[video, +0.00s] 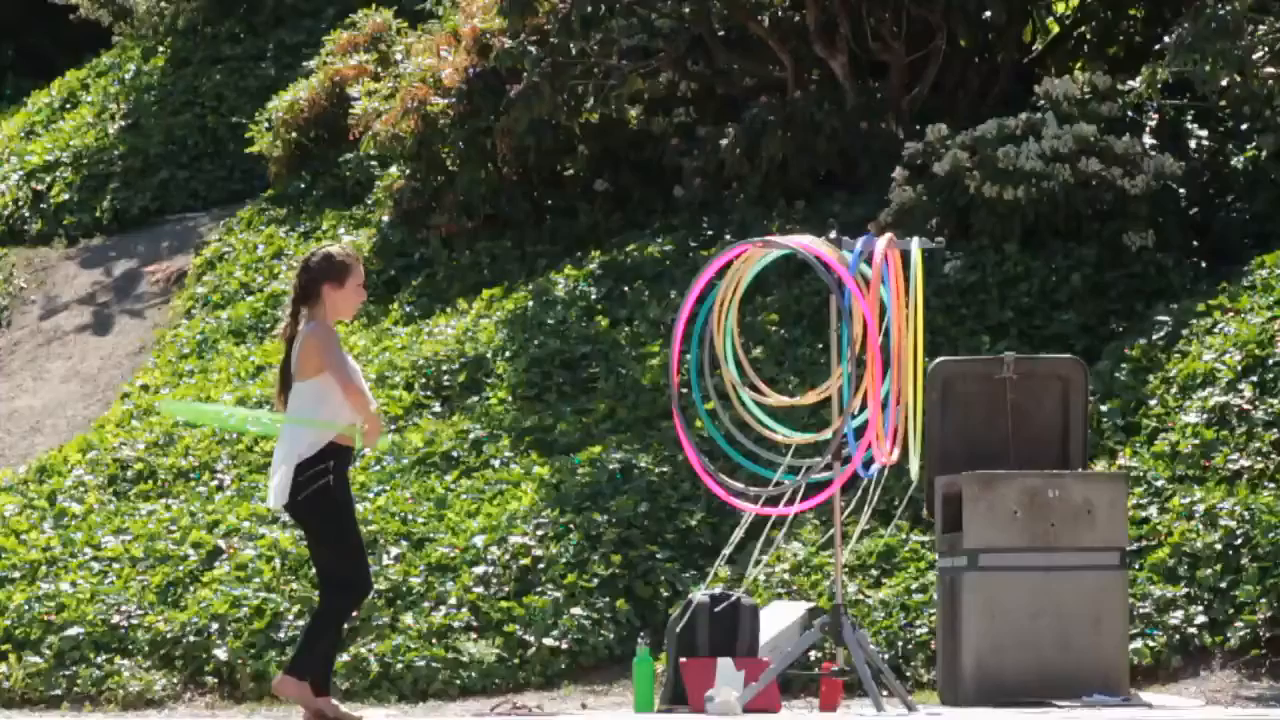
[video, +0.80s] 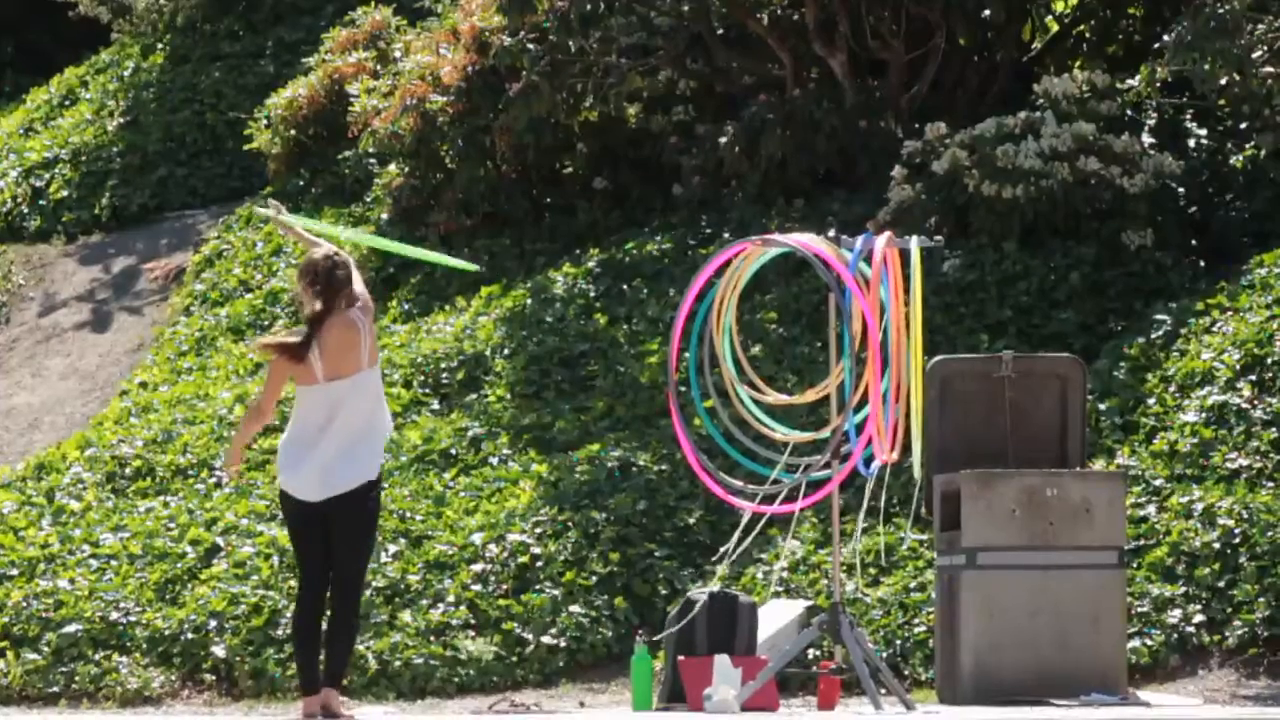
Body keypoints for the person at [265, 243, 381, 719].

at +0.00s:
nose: (363, 294)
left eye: (363, 285)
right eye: (358, 285)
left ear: (325, 290)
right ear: (327, 288)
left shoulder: (311, 333)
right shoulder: (321, 333)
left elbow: (295, 400)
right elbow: (351, 388)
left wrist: (362, 420)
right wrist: (371, 419)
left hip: (313, 470)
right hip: (318, 471)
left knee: (340, 584)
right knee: (352, 581)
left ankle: (319, 690)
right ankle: (296, 675)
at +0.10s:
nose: (362, 296)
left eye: (362, 287)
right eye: (356, 287)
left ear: (323, 291)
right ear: (328, 289)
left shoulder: (310, 334)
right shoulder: (321, 333)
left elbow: (321, 398)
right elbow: (365, 384)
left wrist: (352, 425)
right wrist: (381, 413)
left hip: (313, 470)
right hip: (317, 470)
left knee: (338, 583)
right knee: (353, 580)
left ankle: (320, 693)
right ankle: (302, 676)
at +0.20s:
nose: (360, 295)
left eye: (360, 285)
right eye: (355, 285)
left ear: (321, 289)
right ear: (328, 288)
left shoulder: (307, 329)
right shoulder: (330, 329)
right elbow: (396, 347)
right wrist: (395, 368)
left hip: (311, 467)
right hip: (320, 469)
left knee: (332, 577)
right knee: (354, 577)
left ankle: (315, 682)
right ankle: (314, 681)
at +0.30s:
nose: (357, 296)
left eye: (356, 288)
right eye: (353, 288)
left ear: (317, 290)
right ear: (328, 290)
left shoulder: (299, 326)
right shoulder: (327, 324)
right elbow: (406, 315)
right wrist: (405, 314)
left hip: (308, 476)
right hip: (324, 477)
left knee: (330, 580)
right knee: (351, 581)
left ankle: (317, 687)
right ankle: (320, 686)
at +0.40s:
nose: (356, 291)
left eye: (355, 283)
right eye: (353, 284)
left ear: (311, 289)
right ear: (335, 288)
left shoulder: (291, 331)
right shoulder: (333, 322)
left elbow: (283, 403)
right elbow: (405, 284)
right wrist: (350, 304)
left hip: (298, 482)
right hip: (331, 481)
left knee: (326, 584)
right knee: (352, 584)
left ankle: (315, 693)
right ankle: (327, 687)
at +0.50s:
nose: (353, 295)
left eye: (351, 285)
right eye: (352, 286)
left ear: (309, 285)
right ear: (340, 286)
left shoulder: (287, 336)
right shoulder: (342, 320)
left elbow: (282, 404)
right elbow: (387, 272)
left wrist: (291, 439)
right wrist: (370, 266)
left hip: (295, 479)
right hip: (339, 477)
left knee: (319, 585)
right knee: (353, 583)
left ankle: (313, 695)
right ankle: (335, 687)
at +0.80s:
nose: (353, 291)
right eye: (350, 285)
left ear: (306, 295)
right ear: (346, 290)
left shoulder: (290, 350)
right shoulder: (360, 322)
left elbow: (262, 410)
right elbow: (345, 265)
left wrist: (235, 451)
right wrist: (294, 227)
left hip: (299, 482)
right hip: (354, 481)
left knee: (309, 585)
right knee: (348, 589)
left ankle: (309, 695)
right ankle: (332, 689)